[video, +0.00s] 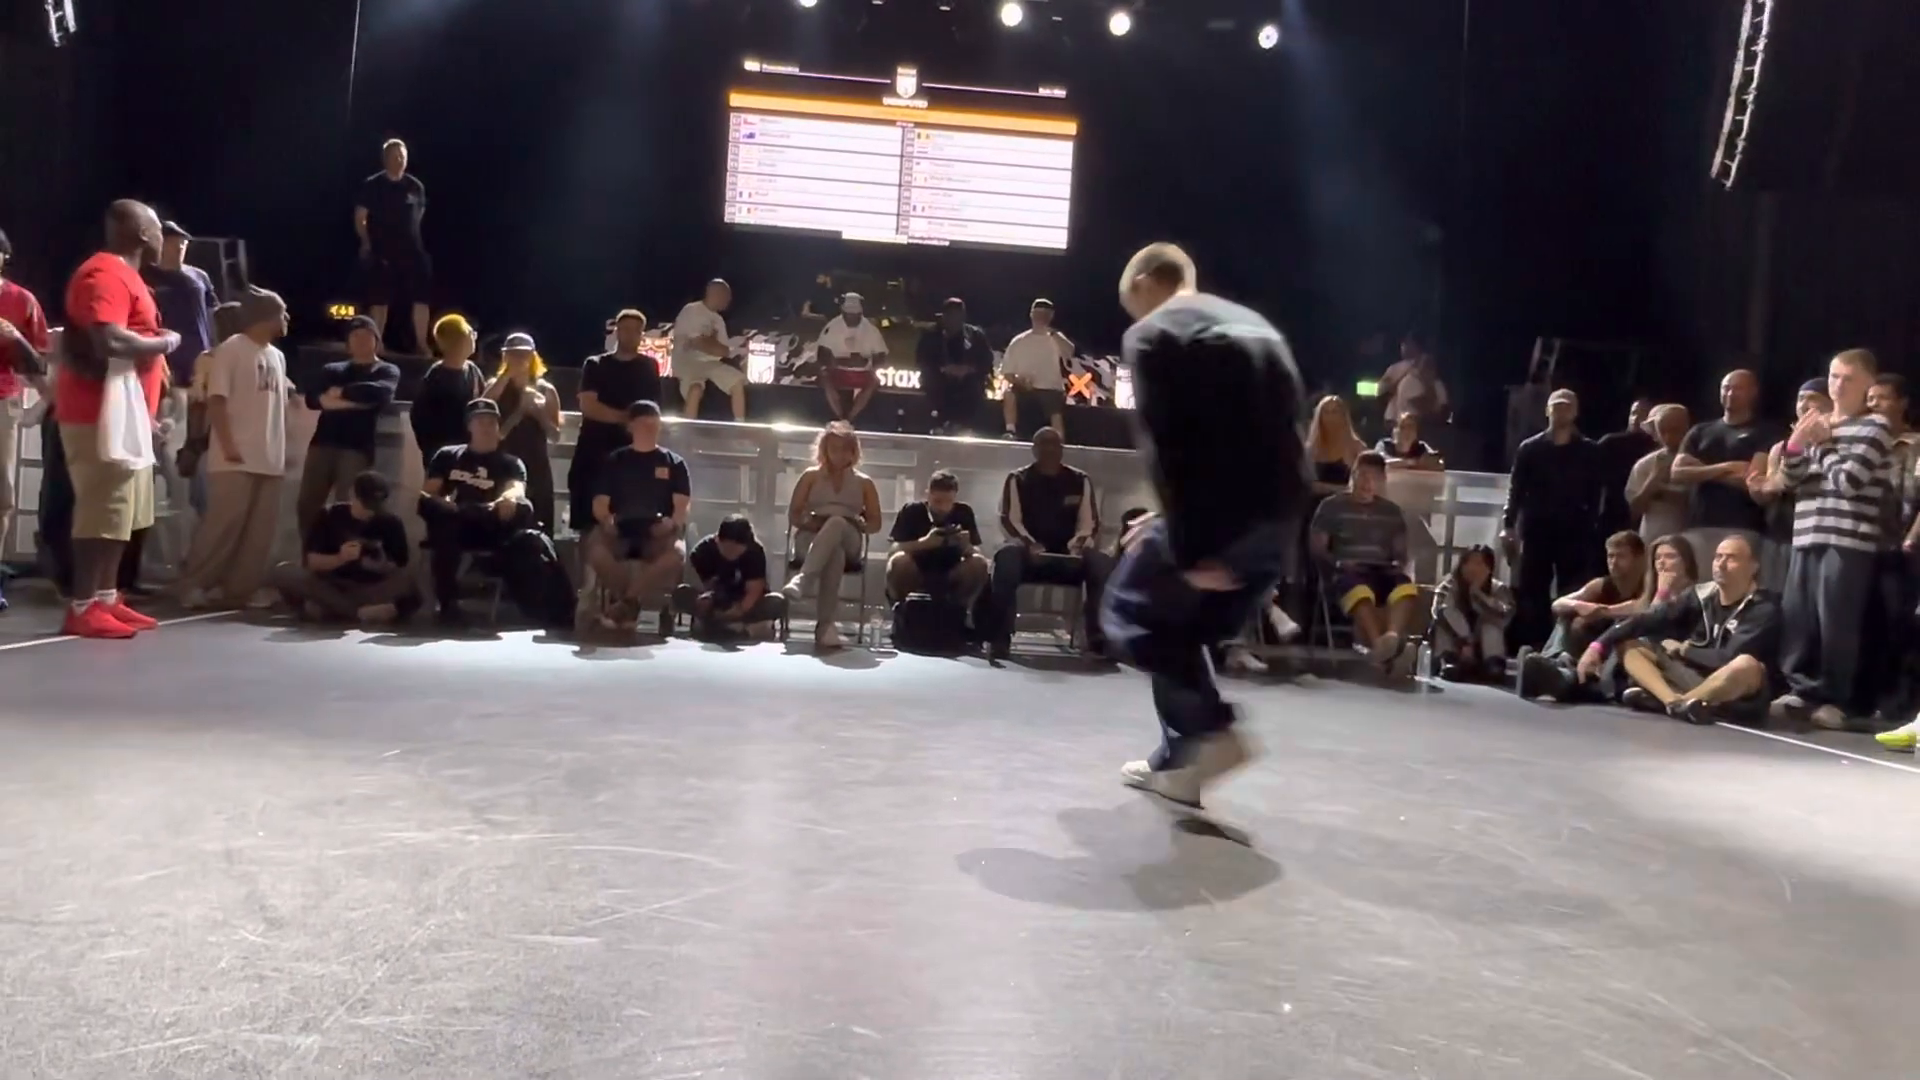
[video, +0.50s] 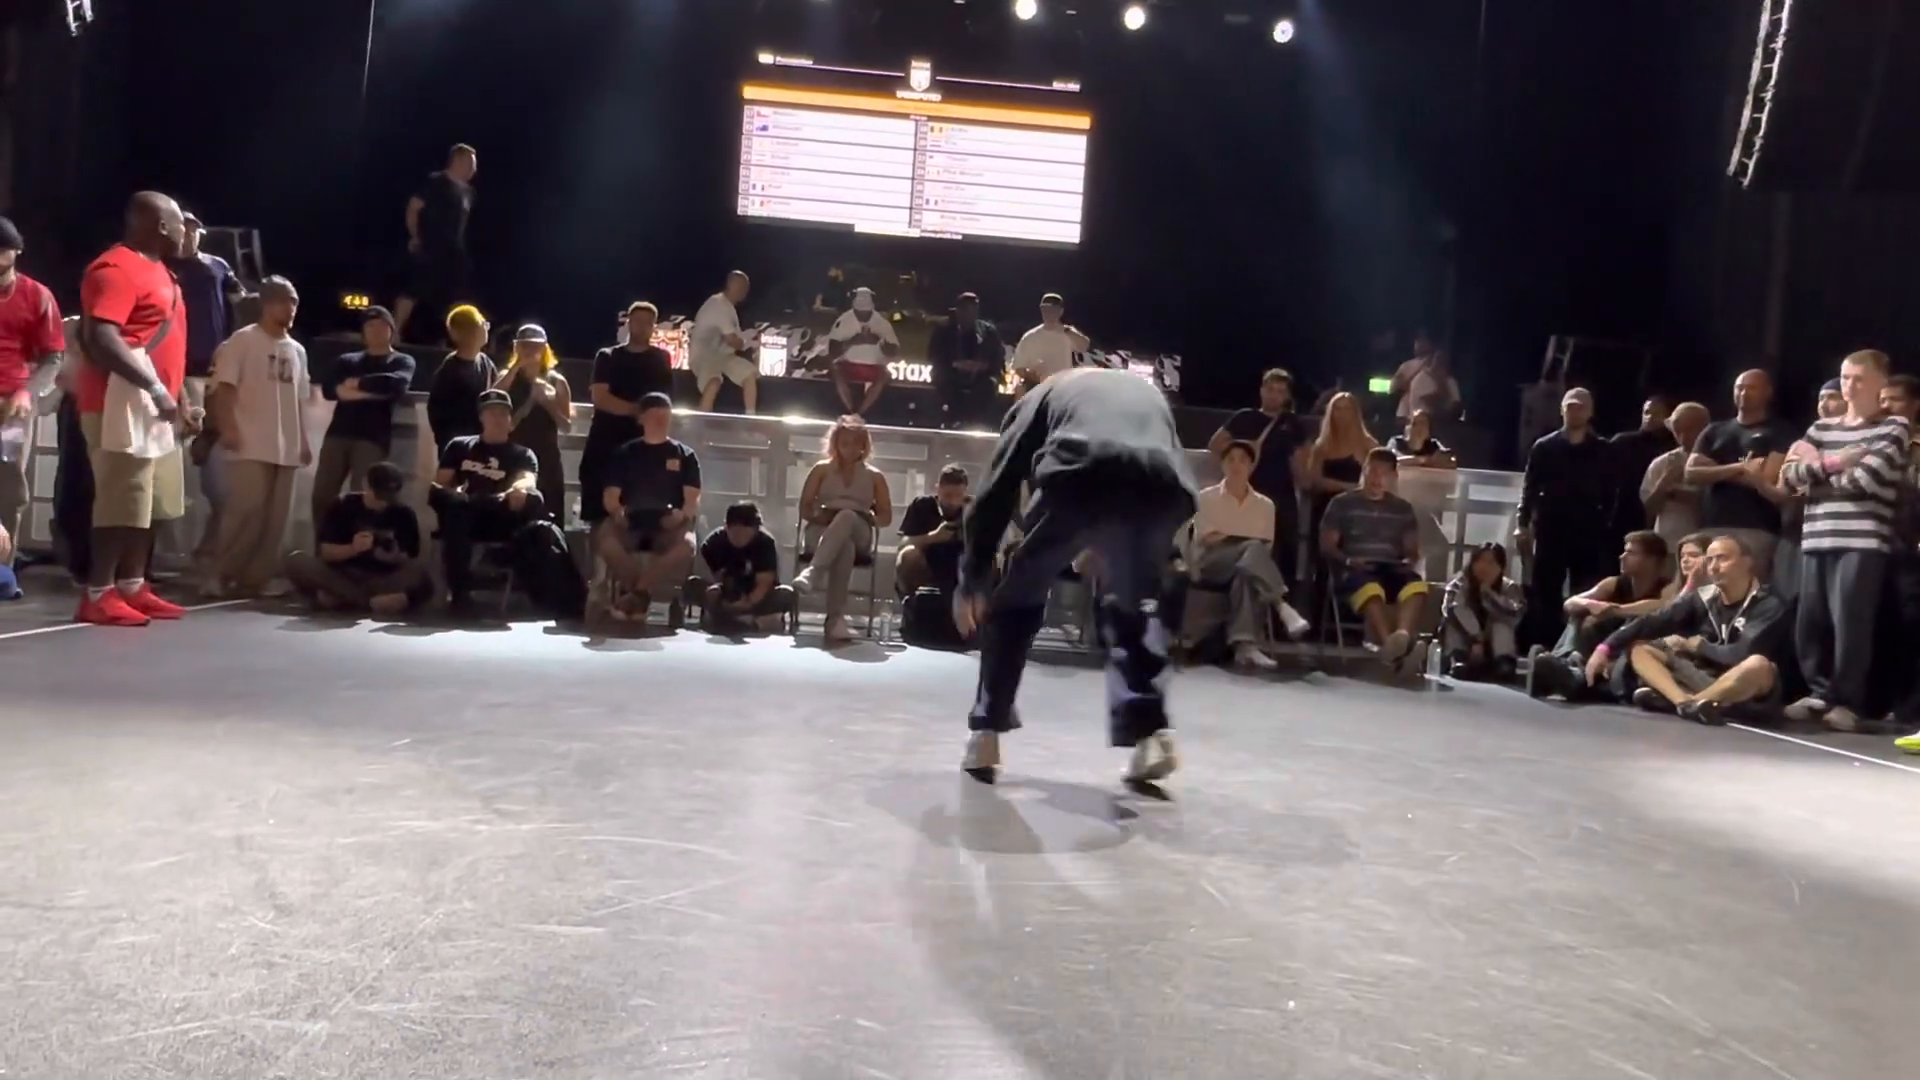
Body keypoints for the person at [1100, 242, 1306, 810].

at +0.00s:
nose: (1134, 312)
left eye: (1131, 301)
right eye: (1132, 302)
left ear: (1143, 289)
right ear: (1188, 281)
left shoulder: (1150, 334)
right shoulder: (1254, 325)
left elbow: (1162, 448)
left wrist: (1194, 549)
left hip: (1209, 520)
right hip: (1275, 518)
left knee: (1128, 610)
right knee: (1191, 632)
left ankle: (1209, 730)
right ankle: (1180, 760)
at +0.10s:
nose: (1086, 350)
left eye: (1086, 344)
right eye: (1084, 344)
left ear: (1097, 330)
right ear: (1142, 323)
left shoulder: (1098, 360)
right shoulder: (1205, 349)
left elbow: (1090, 472)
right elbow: (1236, 455)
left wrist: (1106, 567)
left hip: (1166, 508)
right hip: (1241, 509)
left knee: (1069, 609)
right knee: (1158, 626)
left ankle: (1038, 743)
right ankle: (1176, 766)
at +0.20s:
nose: (1045, 414)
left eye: (1046, 404)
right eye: (1047, 406)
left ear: (1058, 393)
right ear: (1107, 384)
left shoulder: (1053, 409)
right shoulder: (1168, 401)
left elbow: (1027, 508)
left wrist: (1040, 614)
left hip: (1116, 513)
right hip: (1198, 523)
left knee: (1025, 631)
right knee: (1127, 623)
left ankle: (996, 754)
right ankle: (1142, 744)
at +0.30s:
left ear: (1058, 425)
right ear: (1104, 417)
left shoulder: (1041, 435)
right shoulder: (1147, 437)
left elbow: (986, 540)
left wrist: (984, 640)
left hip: (1073, 528)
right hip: (1158, 542)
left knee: (1029, 635)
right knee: (1094, 635)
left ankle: (999, 754)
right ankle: (1118, 759)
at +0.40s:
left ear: (1060, 409)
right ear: (1115, 406)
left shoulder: (1041, 423)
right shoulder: (1140, 427)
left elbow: (986, 530)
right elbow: (1162, 523)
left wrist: (972, 626)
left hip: (1062, 518)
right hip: (1147, 527)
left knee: (1020, 623)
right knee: (1088, 618)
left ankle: (997, 752)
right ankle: (1117, 753)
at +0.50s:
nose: (1021, 390)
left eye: (1024, 382)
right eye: (1020, 383)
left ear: (1050, 378)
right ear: (1114, 374)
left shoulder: (1045, 391)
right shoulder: (1150, 392)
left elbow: (994, 493)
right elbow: (1164, 477)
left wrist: (971, 582)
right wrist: (1118, 555)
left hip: (1076, 482)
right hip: (1159, 489)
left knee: (1018, 602)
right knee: (1131, 613)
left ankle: (986, 735)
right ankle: (1153, 736)